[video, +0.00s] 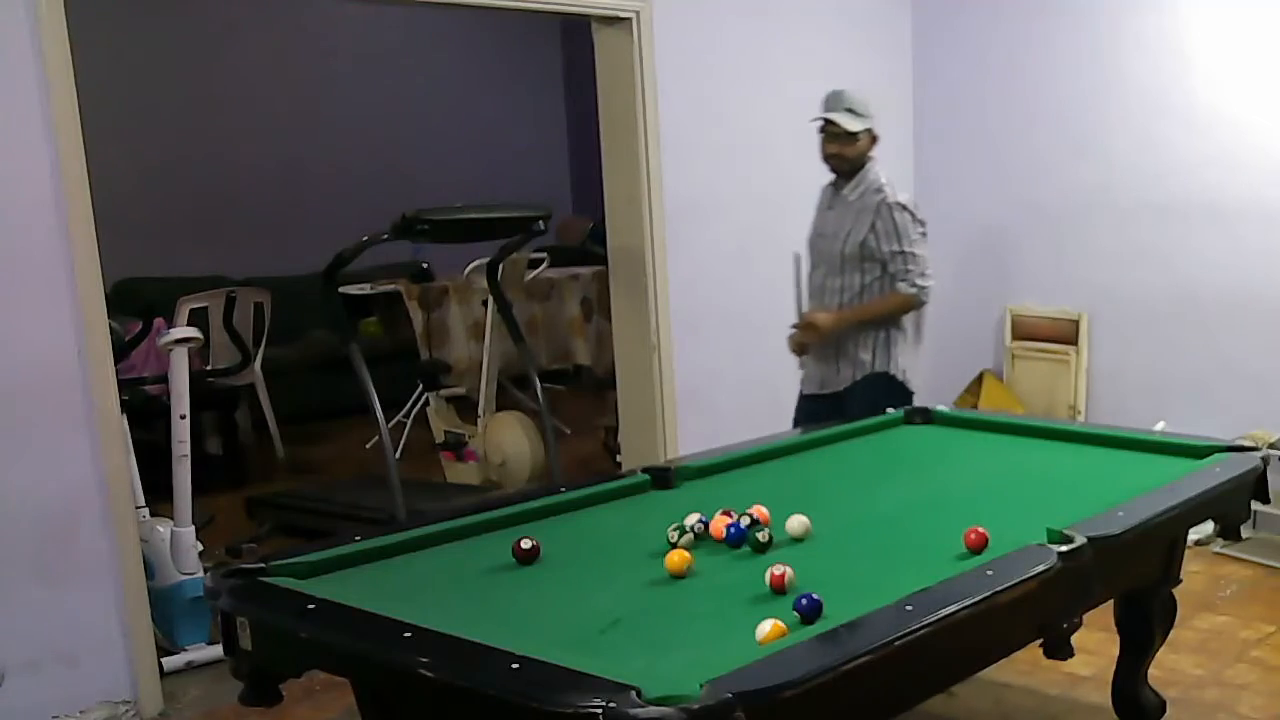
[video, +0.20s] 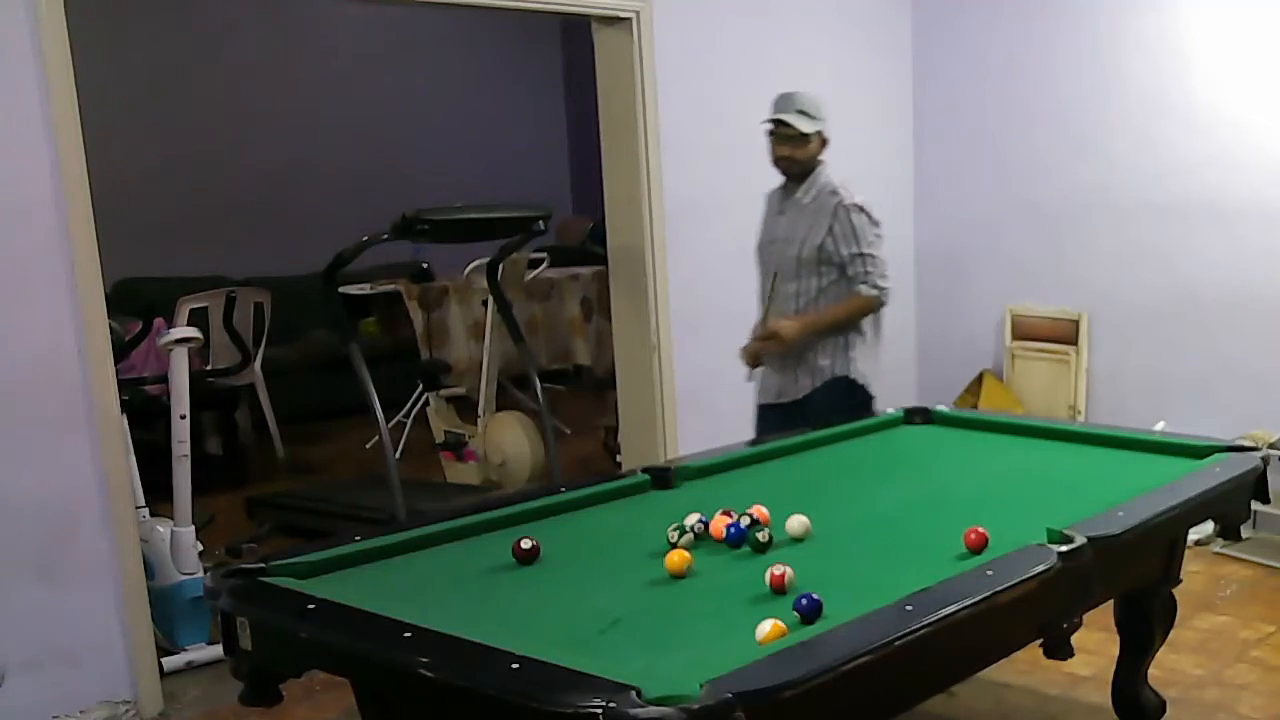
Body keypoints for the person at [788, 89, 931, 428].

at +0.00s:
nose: (835, 147)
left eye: (847, 138)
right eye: (828, 137)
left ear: (871, 141)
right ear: (820, 139)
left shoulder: (886, 205)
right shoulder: (829, 198)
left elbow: (914, 291)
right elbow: (835, 286)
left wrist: (836, 322)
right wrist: (809, 333)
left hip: (872, 381)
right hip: (822, 379)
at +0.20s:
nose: (783, 151)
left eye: (797, 141)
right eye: (776, 139)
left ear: (821, 145)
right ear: (769, 142)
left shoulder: (842, 208)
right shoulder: (775, 204)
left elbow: (873, 292)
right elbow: (779, 290)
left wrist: (799, 328)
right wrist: (760, 340)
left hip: (832, 386)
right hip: (778, 387)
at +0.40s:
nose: (738, 144)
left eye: (751, 134)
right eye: (729, 133)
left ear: (773, 139)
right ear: (719, 137)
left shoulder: (799, 201)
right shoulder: (719, 200)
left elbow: (835, 285)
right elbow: (720, 278)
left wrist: (773, 326)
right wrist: (701, 334)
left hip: (787, 378)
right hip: (733, 380)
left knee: (781, 496)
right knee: (739, 496)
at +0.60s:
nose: (708, 144)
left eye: (720, 134)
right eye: (698, 133)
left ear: (739, 138)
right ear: (684, 136)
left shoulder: (769, 204)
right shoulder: (674, 201)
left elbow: (809, 286)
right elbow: (665, 277)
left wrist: (750, 330)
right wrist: (648, 339)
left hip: (756, 378)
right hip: (700, 383)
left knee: (749, 495)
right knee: (716, 498)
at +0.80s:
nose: (689, 150)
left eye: (699, 139)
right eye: (678, 138)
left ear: (716, 143)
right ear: (658, 139)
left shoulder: (745, 214)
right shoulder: (643, 208)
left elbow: (784, 297)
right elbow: (628, 284)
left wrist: (731, 340)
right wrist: (611, 348)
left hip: (722, 394)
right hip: (661, 396)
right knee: (676, 514)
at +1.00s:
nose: (668, 152)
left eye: (680, 141)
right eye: (657, 139)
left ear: (696, 145)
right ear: (637, 138)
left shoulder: (724, 217)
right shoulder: (612, 202)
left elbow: (763, 301)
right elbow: (597, 278)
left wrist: (711, 347)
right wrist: (585, 350)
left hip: (692, 407)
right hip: (620, 404)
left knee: (688, 530)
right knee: (611, 528)